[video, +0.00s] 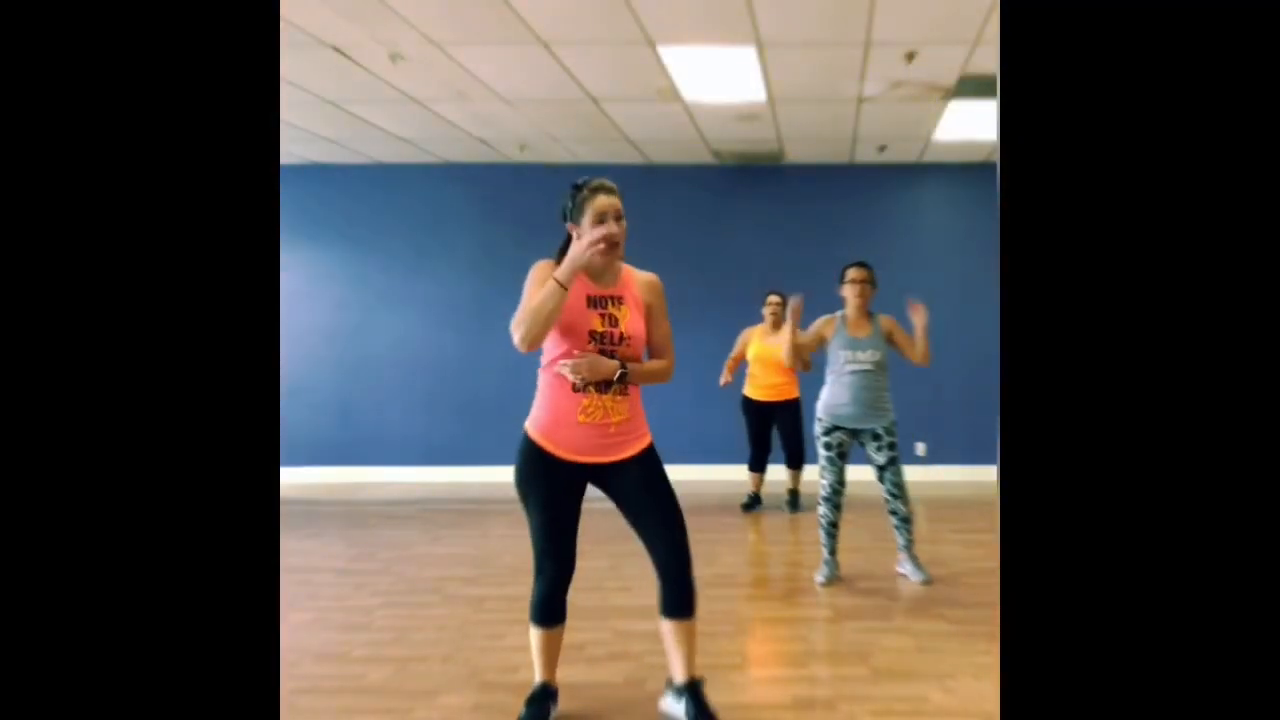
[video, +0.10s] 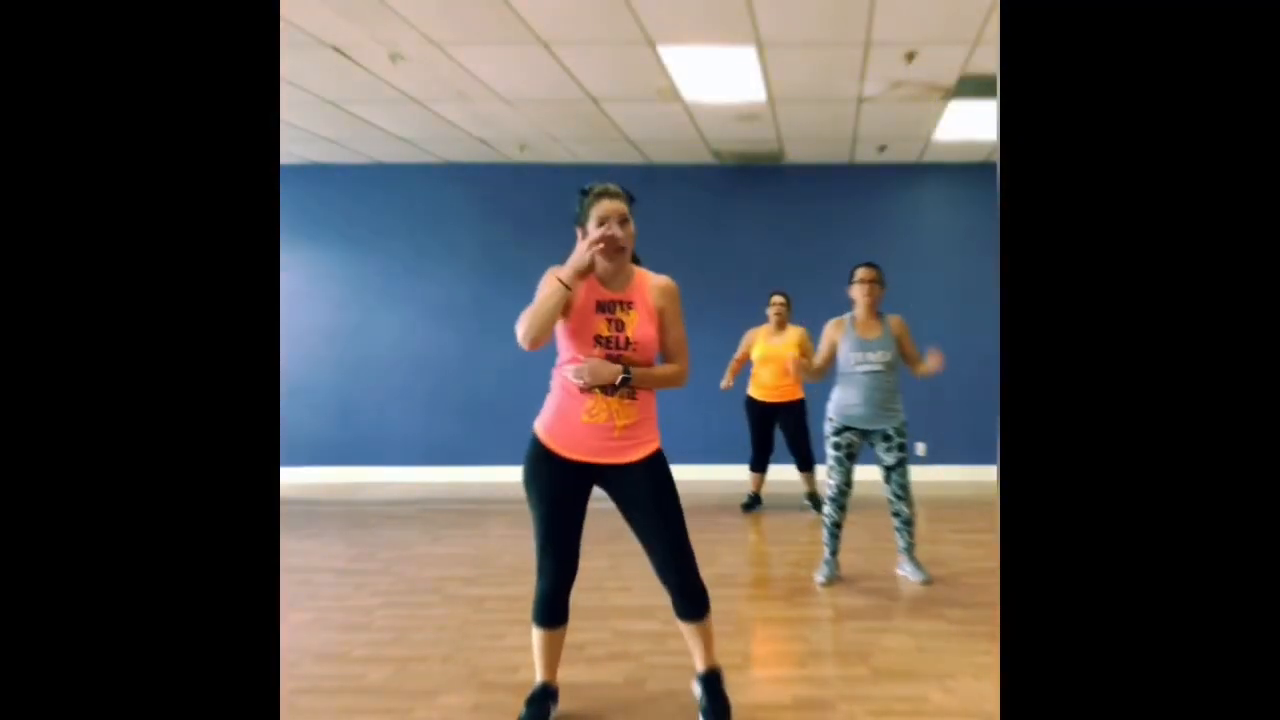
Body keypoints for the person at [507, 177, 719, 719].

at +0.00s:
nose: (613, 228)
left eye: (620, 218)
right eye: (601, 220)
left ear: (626, 225)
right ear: (574, 229)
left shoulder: (645, 285)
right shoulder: (548, 275)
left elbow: (664, 367)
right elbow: (525, 337)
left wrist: (613, 368)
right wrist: (570, 269)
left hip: (627, 449)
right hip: (553, 450)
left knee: (674, 558)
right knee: (553, 573)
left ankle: (684, 688)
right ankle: (543, 690)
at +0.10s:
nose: (615, 231)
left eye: (623, 221)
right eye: (603, 222)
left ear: (634, 228)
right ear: (583, 233)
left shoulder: (660, 290)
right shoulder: (562, 282)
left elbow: (679, 373)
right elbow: (528, 337)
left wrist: (620, 373)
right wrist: (571, 272)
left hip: (635, 452)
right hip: (560, 450)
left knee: (681, 574)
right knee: (555, 576)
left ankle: (708, 677)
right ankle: (544, 689)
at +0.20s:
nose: (621, 234)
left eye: (629, 224)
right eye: (610, 226)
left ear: (645, 231)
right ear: (596, 238)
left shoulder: (676, 291)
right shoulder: (583, 289)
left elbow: (700, 373)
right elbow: (540, 340)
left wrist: (637, 376)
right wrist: (581, 273)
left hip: (650, 457)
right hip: (578, 450)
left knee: (675, 581)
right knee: (562, 576)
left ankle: (720, 678)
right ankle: (545, 689)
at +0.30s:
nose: (631, 233)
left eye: (640, 223)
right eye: (621, 227)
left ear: (659, 227)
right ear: (610, 238)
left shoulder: (694, 286)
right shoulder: (603, 288)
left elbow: (724, 368)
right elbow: (556, 338)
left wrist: (656, 374)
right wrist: (595, 274)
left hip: (674, 453)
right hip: (602, 447)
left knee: (690, 578)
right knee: (575, 572)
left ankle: (718, 684)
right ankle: (547, 689)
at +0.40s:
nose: (644, 232)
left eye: (653, 221)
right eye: (634, 226)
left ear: (674, 224)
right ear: (624, 237)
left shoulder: (708, 283)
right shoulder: (622, 286)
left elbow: (742, 363)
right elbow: (567, 334)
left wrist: (673, 370)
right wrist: (605, 269)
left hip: (696, 447)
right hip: (626, 445)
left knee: (704, 575)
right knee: (590, 572)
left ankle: (721, 686)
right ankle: (552, 686)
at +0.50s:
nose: (656, 229)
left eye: (664, 218)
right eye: (646, 222)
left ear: (685, 221)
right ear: (637, 232)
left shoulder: (718, 278)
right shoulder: (631, 285)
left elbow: (753, 357)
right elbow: (575, 329)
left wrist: (687, 368)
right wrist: (612, 264)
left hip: (710, 444)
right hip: (642, 442)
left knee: (711, 572)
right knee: (605, 568)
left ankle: (722, 686)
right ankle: (586, 678)